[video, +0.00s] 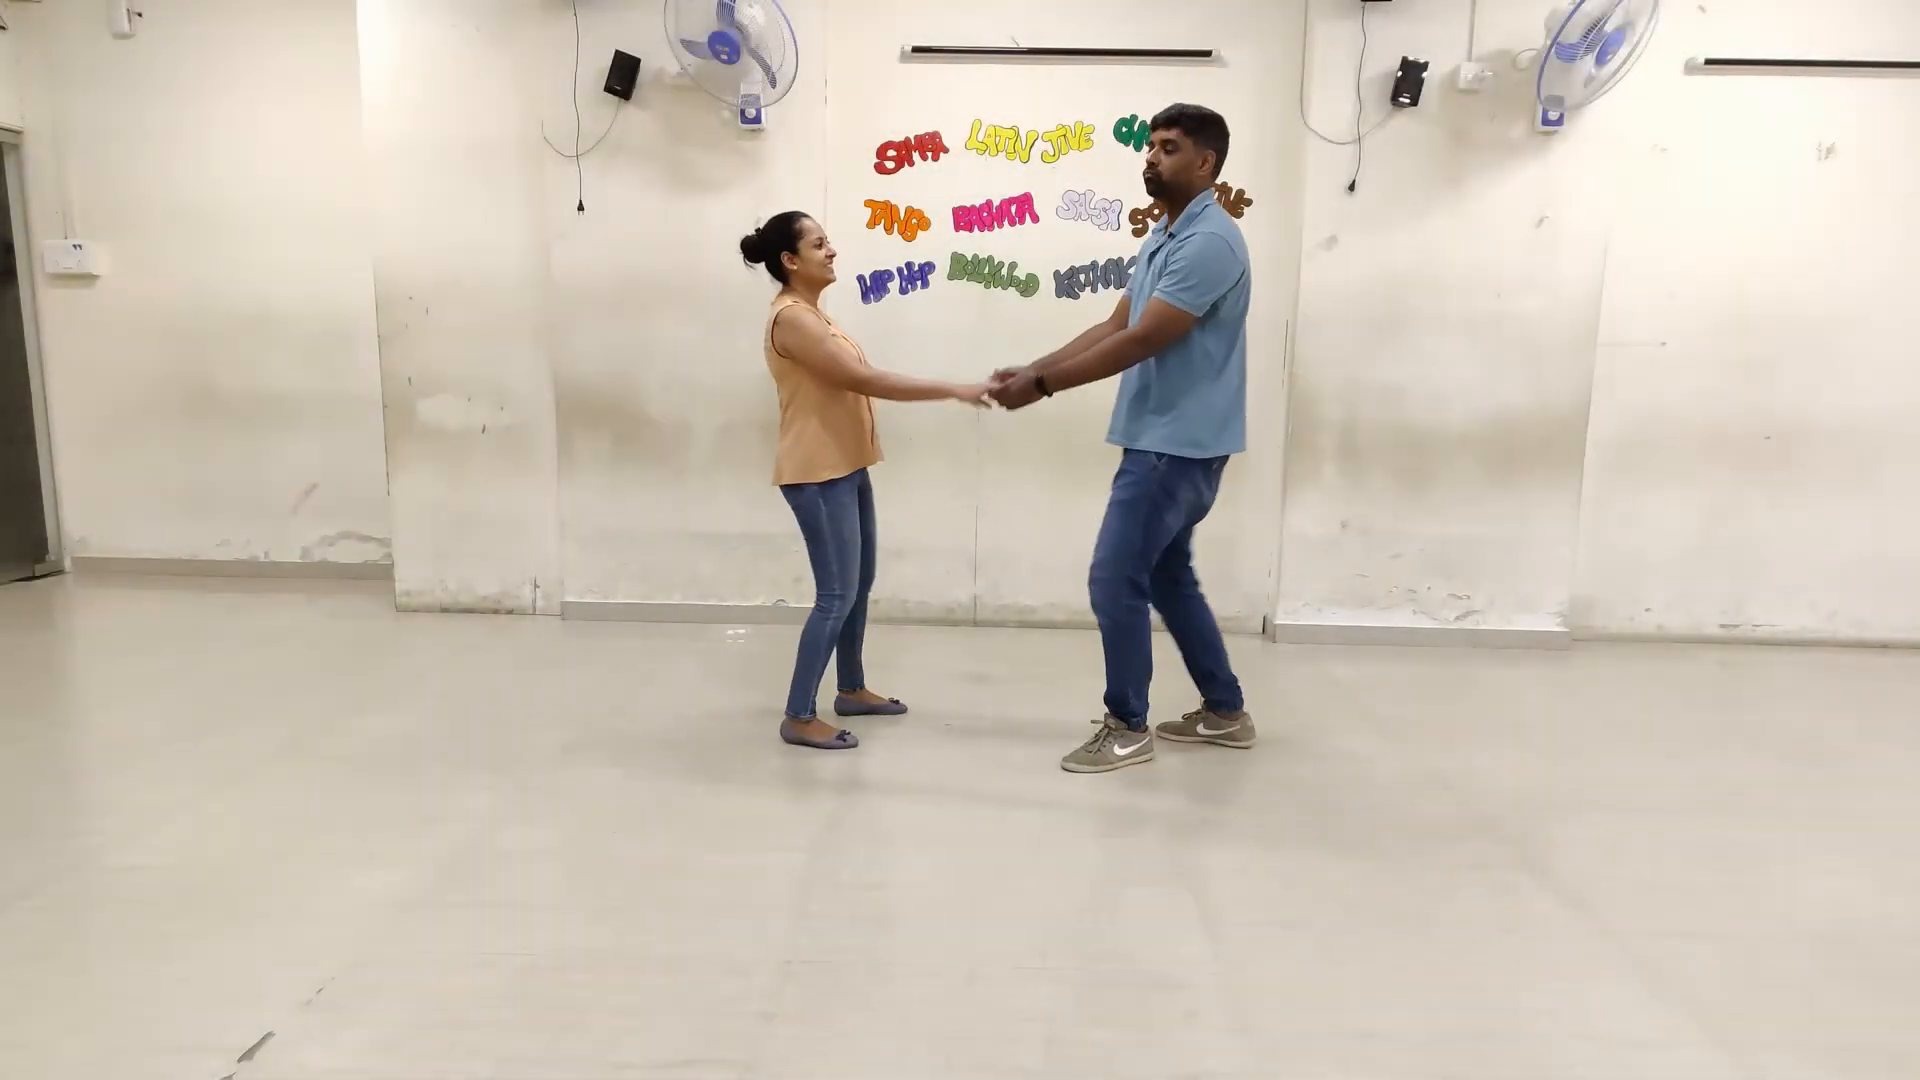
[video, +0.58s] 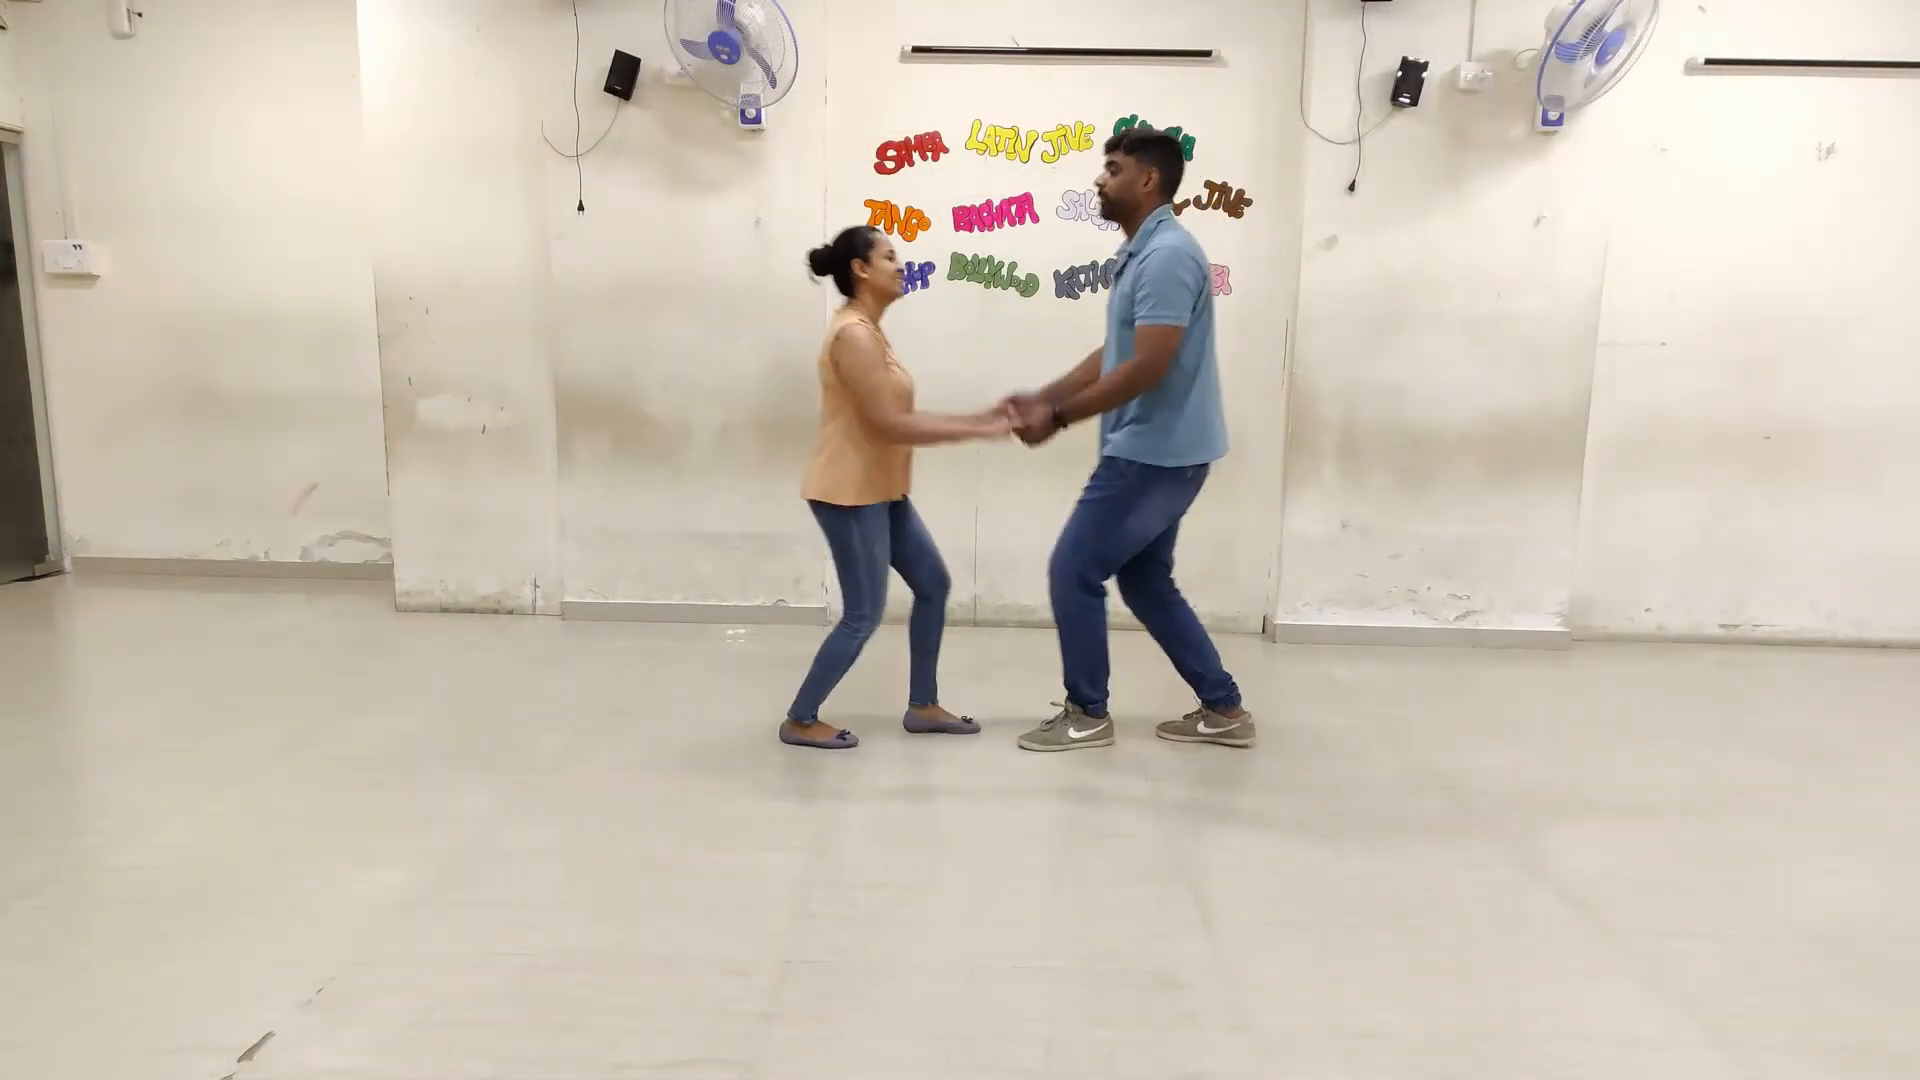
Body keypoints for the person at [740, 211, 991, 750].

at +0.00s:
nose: (831, 251)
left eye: (827, 242)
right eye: (818, 246)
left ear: (805, 258)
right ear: (790, 261)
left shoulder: (813, 312)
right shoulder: (792, 319)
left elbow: (857, 382)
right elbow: (864, 379)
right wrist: (956, 390)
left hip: (847, 470)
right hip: (817, 475)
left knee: (858, 585)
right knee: (836, 594)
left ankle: (852, 691)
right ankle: (798, 717)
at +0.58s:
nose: (900, 267)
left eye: (896, 258)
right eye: (889, 259)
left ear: (865, 272)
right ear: (860, 271)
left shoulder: (871, 332)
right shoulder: (853, 334)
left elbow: (903, 418)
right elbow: (889, 422)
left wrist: (981, 420)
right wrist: (977, 429)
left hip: (882, 493)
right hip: (849, 496)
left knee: (933, 584)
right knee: (863, 614)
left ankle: (923, 706)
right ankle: (799, 719)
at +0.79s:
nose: (947, 246)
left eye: (943, 238)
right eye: (936, 238)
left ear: (911, 250)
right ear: (907, 249)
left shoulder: (919, 311)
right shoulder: (900, 314)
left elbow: (926, 398)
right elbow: (917, 404)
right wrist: (993, 380)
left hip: (930, 469)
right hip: (900, 473)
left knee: (951, 587)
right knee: (931, 594)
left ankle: (925, 702)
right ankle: (842, 685)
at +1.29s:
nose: (903, 266)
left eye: (900, 256)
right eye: (895, 257)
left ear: (863, 264)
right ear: (868, 263)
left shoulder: (851, 319)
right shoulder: (857, 322)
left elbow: (898, 393)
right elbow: (913, 397)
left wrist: (950, 374)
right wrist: (999, 376)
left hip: (871, 484)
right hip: (853, 486)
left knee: (907, 588)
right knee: (862, 613)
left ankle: (924, 707)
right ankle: (779, 721)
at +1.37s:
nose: (872, 271)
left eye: (869, 261)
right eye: (865, 262)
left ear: (830, 269)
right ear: (838, 268)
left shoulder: (808, 323)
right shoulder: (832, 329)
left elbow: (873, 396)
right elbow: (898, 403)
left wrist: (927, 395)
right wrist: (984, 400)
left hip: (826, 487)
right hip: (822, 490)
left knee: (877, 589)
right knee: (829, 618)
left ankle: (915, 705)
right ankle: (765, 738)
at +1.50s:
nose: (845, 270)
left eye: (843, 261)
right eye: (839, 262)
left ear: (802, 267)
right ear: (812, 268)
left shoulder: (772, 323)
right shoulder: (821, 326)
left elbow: (800, 398)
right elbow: (904, 374)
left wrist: (862, 416)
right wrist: (984, 353)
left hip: (780, 480)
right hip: (803, 486)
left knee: (852, 580)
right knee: (811, 614)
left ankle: (868, 706)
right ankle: (763, 741)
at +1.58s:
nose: (830, 265)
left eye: (828, 254)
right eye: (824, 256)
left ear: (779, 263)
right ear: (800, 262)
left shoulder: (747, 320)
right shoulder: (818, 315)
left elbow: (736, 405)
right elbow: (905, 348)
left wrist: (816, 424)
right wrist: (986, 319)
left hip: (751, 474)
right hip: (797, 475)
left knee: (823, 576)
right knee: (794, 608)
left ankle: (803, 702)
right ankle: (763, 739)